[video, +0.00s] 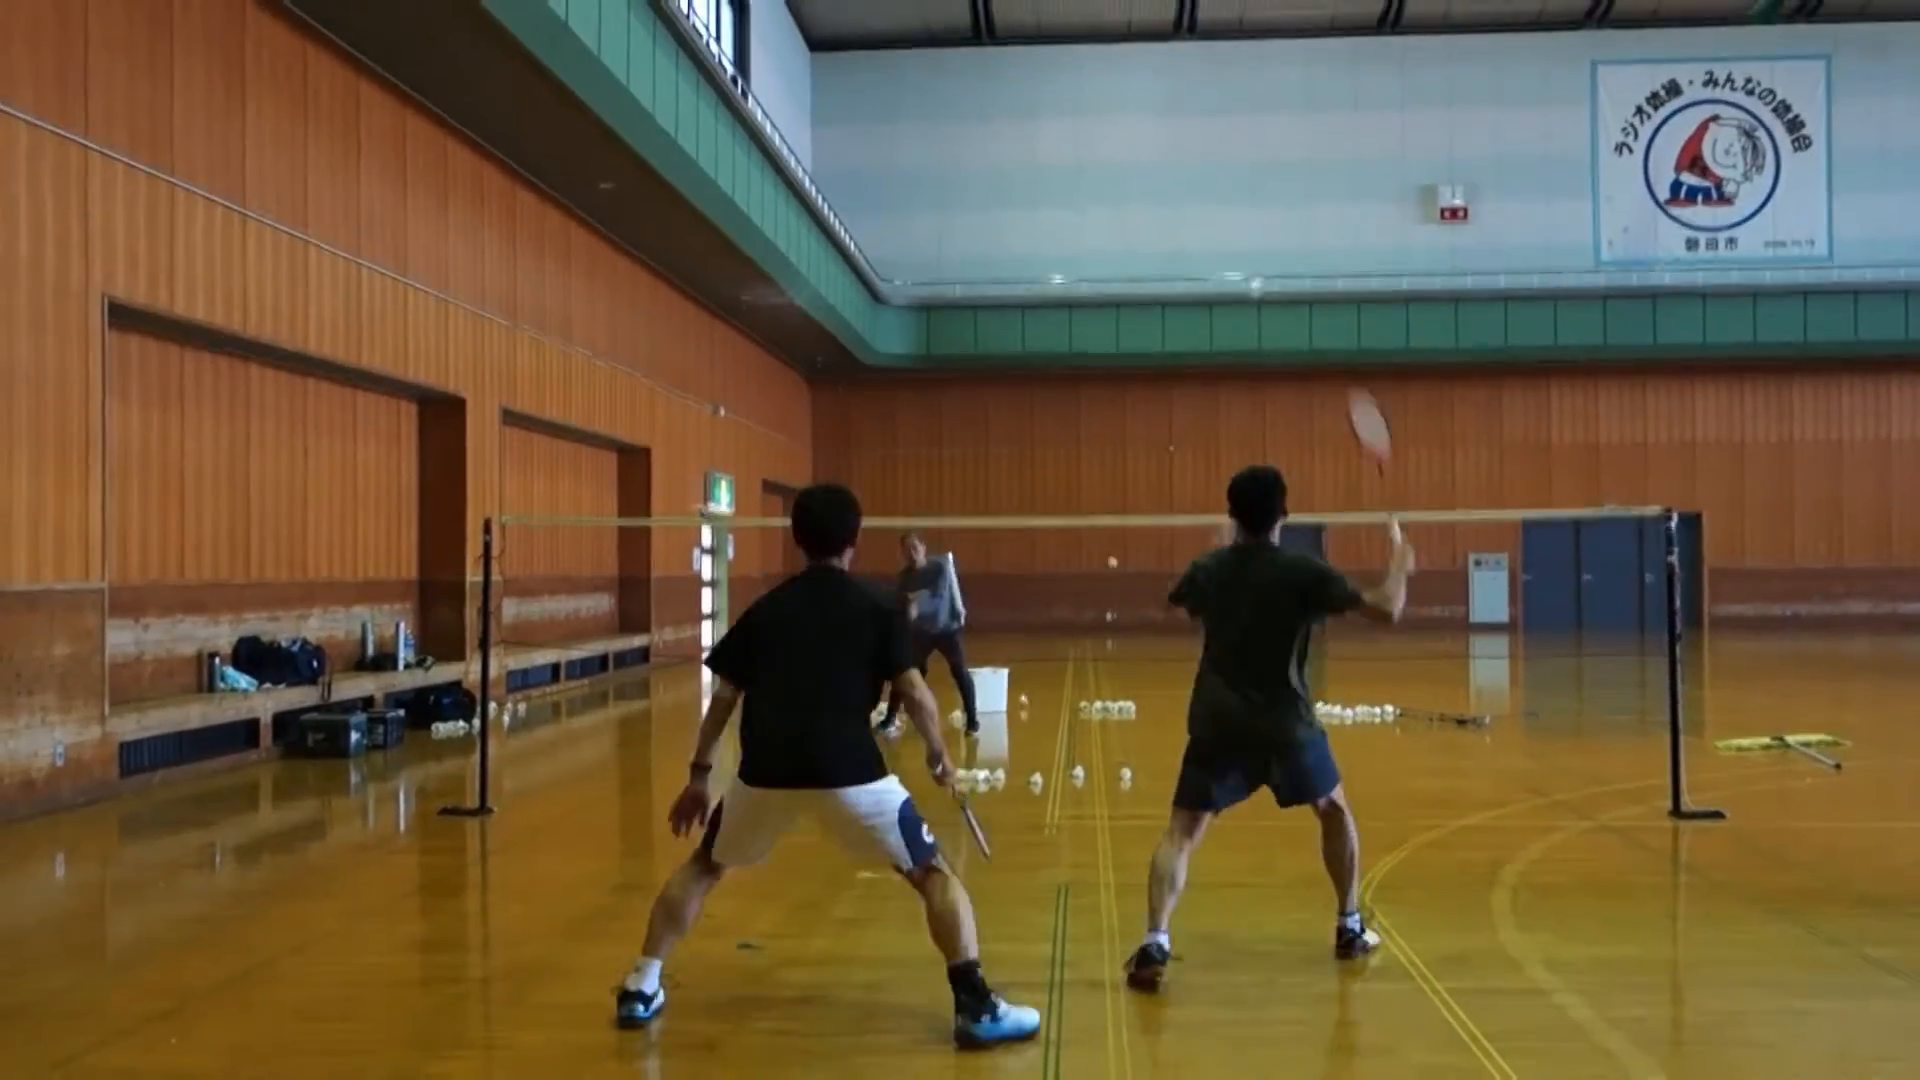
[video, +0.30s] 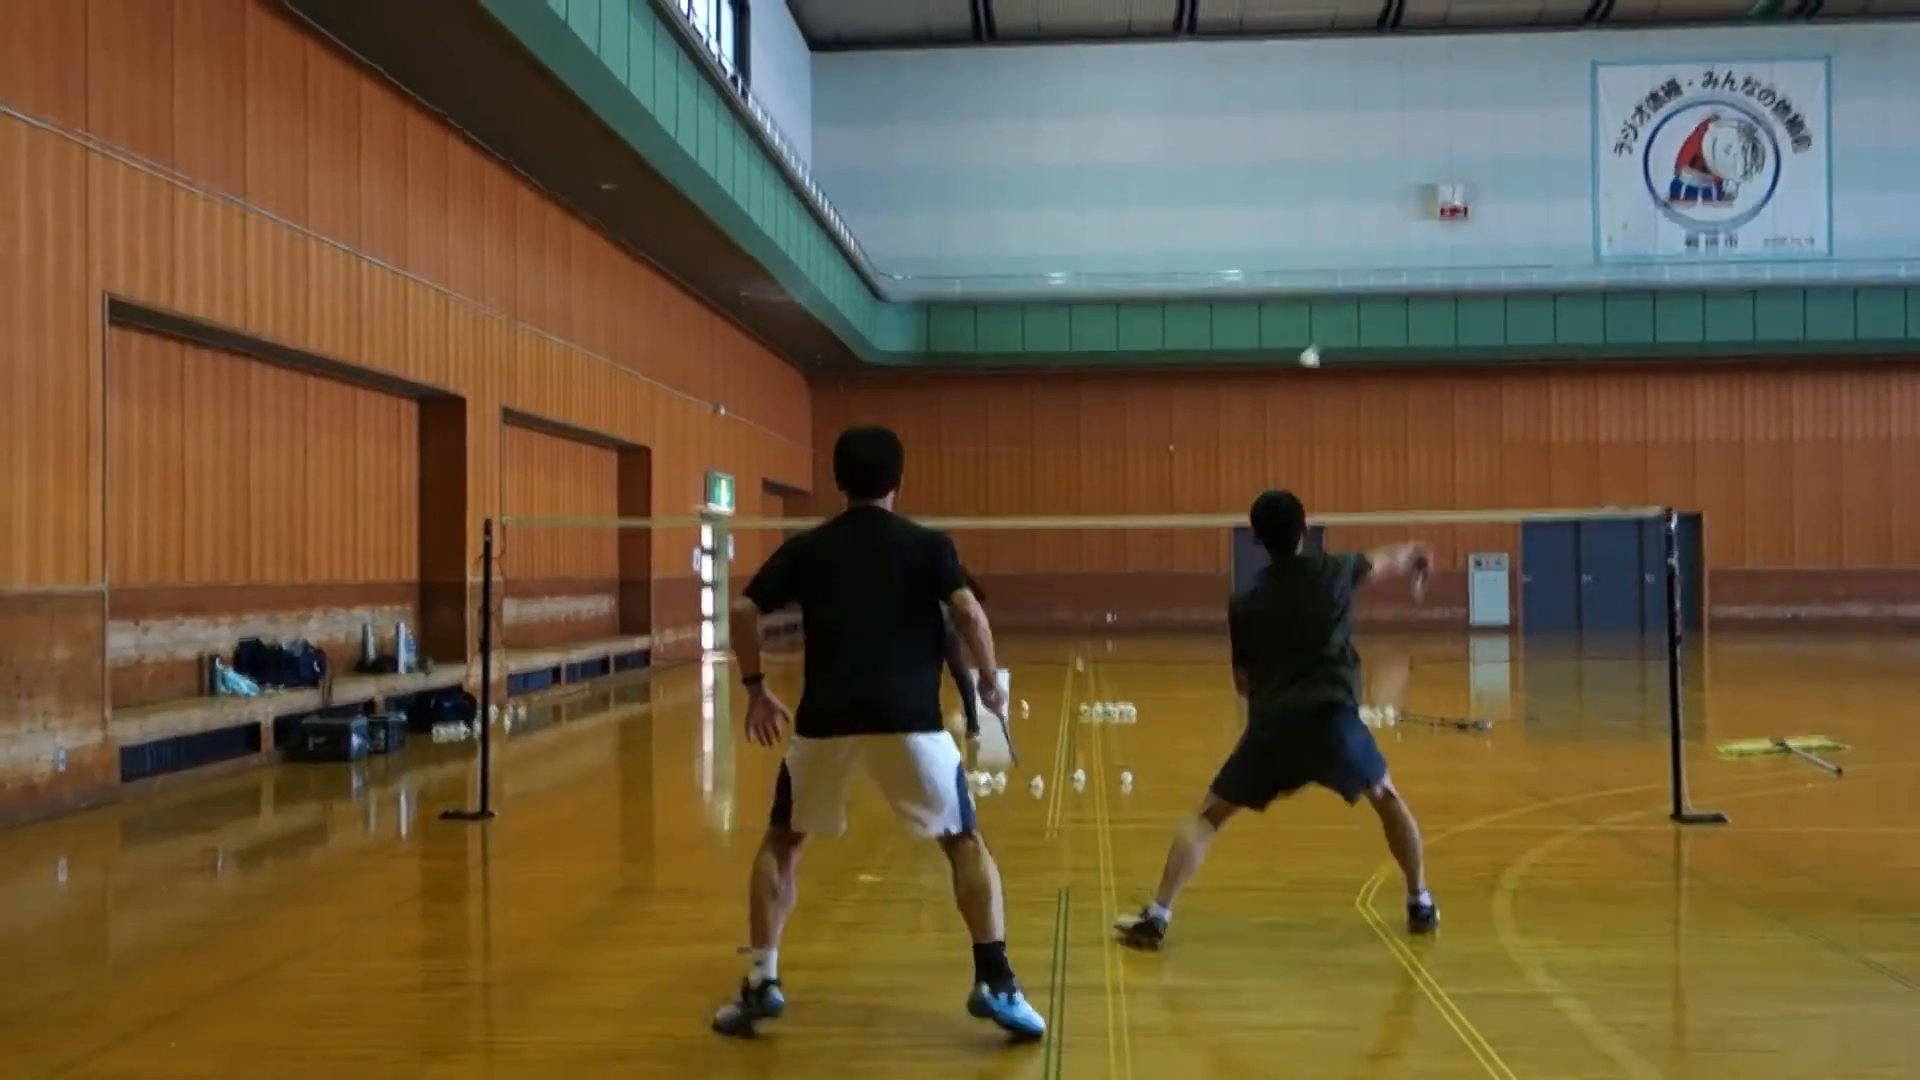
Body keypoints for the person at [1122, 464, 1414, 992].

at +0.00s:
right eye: (1281, 507)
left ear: (1232, 515)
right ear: (1282, 514)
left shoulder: (1210, 570)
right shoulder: (1302, 572)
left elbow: (1181, 604)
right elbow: (1387, 608)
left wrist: (1225, 562)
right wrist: (1400, 564)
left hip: (1216, 724)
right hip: (1285, 724)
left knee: (1181, 832)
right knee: (1333, 811)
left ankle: (1156, 940)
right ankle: (1349, 922)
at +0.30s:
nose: (1298, 531)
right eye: (1299, 523)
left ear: (1258, 538)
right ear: (1303, 530)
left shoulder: (1245, 604)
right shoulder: (1335, 571)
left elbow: (1244, 682)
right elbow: (1387, 561)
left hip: (1271, 730)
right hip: (1335, 724)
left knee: (1209, 817)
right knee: (1387, 798)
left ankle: (1157, 912)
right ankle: (1419, 899)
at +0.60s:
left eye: (1190, 559)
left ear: (1187, 564)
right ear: (1232, 565)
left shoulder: (1158, 612)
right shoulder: (1253, 622)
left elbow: (1126, 669)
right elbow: (1268, 700)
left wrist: (1122, 703)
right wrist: (1263, 749)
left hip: (1165, 740)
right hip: (1227, 743)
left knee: (1107, 827)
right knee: (1262, 822)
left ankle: (1080, 921)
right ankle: (1278, 917)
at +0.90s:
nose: (1137, 598)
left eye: (1138, 592)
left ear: (1140, 598)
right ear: (1180, 602)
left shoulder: (1120, 634)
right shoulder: (1193, 647)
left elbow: (1067, 634)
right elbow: (1207, 668)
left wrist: (1022, 622)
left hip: (1127, 760)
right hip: (1181, 762)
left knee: (1061, 833)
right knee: (1202, 806)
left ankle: (1026, 913)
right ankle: (1225, 892)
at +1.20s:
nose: (1113, 570)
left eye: (1114, 564)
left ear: (1115, 569)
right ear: (1153, 574)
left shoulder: (1098, 604)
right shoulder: (1171, 629)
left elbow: (1076, 648)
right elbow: (1188, 701)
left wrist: (1039, 695)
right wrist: (1169, 739)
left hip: (1103, 723)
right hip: (1153, 727)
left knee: (1045, 804)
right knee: (1183, 801)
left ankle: (1046, 878)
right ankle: (1217, 879)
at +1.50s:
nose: (1001, 586)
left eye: (1004, 581)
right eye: (1005, 580)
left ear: (1007, 589)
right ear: (1042, 592)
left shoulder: (1002, 637)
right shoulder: (1052, 637)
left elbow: (979, 681)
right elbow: (1054, 698)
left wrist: (935, 717)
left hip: (1014, 752)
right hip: (1058, 753)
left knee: (933, 815)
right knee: (1100, 830)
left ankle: (959, 906)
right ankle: (1178, 891)